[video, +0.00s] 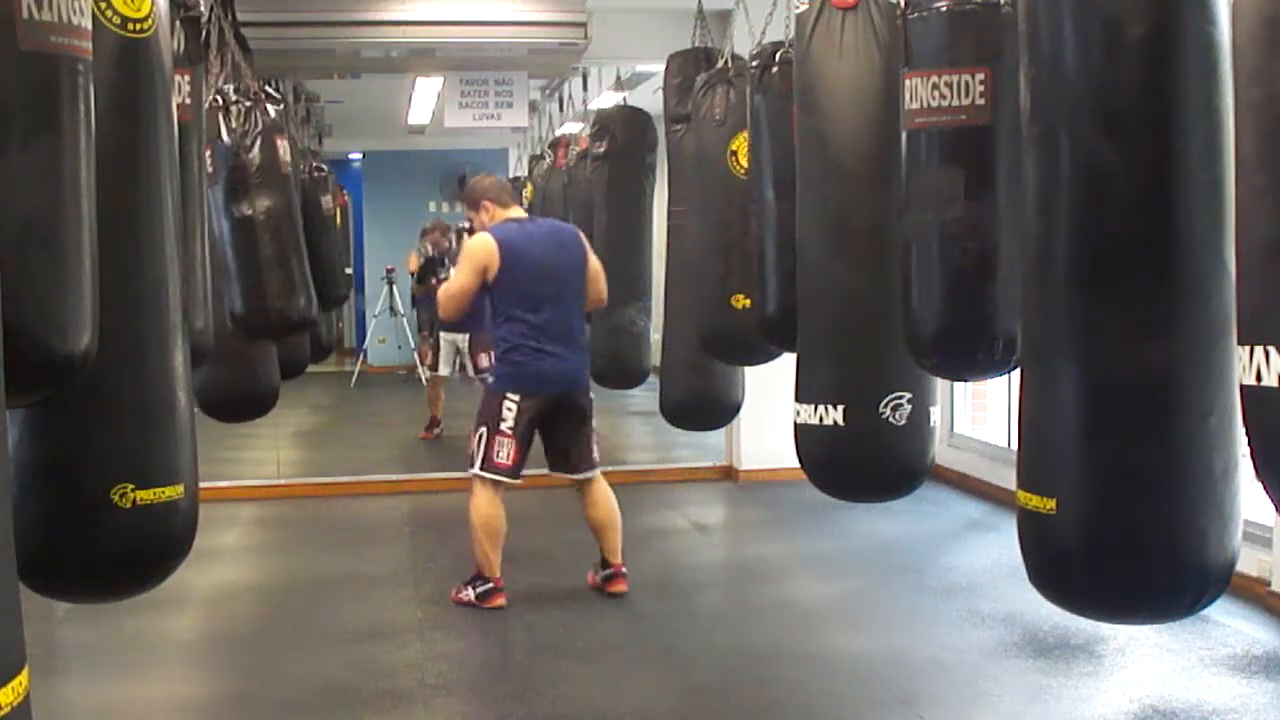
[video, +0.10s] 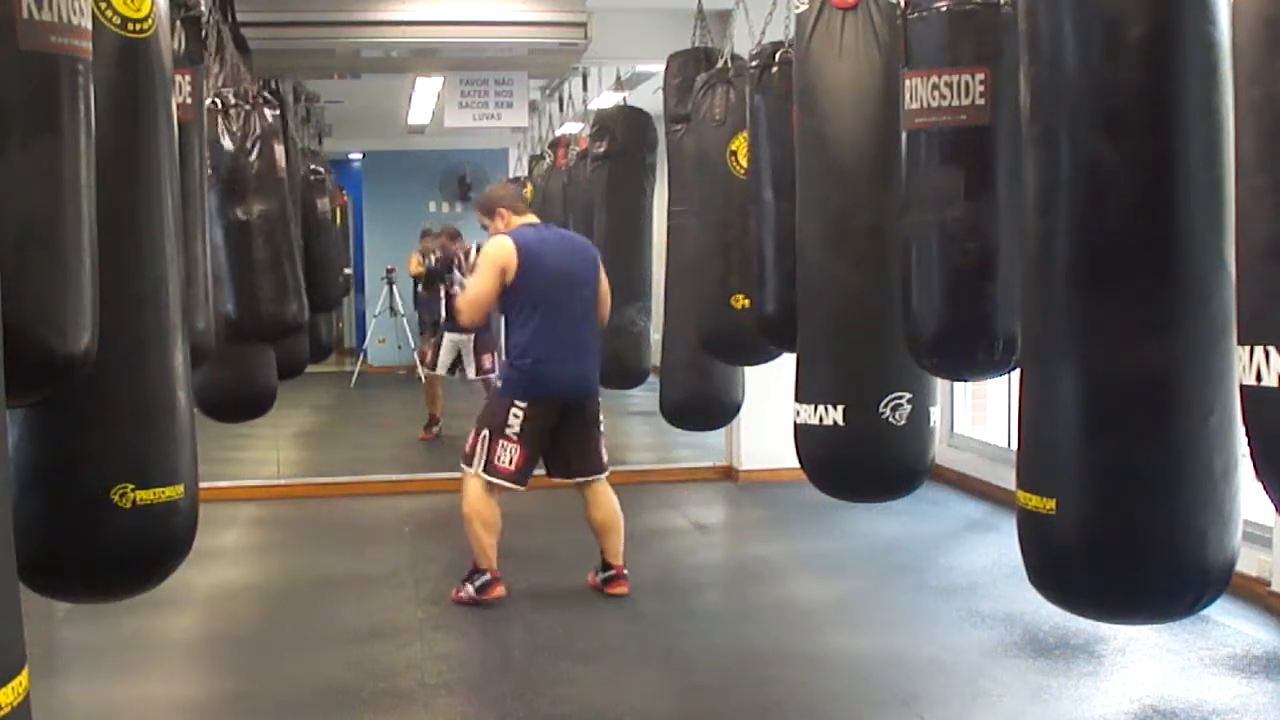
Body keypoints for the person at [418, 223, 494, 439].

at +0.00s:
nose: (433, 248)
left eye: (435, 243)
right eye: (429, 244)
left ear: (446, 238)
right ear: (427, 243)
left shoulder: (468, 261)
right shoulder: (431, 266)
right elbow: (422, 299)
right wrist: (424, 335)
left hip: (472, 328)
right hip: (442, 330)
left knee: (486, 380)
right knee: (436, 378)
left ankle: (495, 424)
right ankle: (435, 419)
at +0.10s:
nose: (450, 252)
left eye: (451, 246)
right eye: (445, 248)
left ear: (460, 243)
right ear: (441, 248)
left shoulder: (476, 257)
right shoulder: (441, 264)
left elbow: (484, 286)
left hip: (477, 330)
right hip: (449, 329)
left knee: (486, 378)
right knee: (432, 373)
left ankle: (501, 419)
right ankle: (434, 419)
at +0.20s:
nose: (449, 252)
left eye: (452, 248)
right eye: (446, 248)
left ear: (465, 242)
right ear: (447, 245)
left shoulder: (486, 260)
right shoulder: (448, 260)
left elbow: (494, 292)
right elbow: (437, 289)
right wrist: (429, 276)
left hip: (477, 330)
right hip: (450, 326)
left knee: (488, 379)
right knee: (427, 370)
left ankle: (501, 419)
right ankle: (430, 415)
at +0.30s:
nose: (449, 247)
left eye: (452, 242)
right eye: (447, 243)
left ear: (467, 238)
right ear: (446, 241)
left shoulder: (485, 256)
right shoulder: (447, 257)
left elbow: (491, 286)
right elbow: (436, 280)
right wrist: (425, 272)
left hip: (477, 327)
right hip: (449, 324)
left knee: (486, 378)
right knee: (428, 369)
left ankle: (500, 420)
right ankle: (425, 416)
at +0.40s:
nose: (448, 246)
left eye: (451, 240)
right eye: (445, 241)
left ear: (464, 237)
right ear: (443, 241)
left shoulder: (478, 257)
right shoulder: (444, 258)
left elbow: (477, 286)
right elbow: (427, 284)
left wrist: (451, 274)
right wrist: (423, 267)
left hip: (474, 328)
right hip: (446, 327)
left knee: (486, 381)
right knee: (433, 377)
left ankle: (499, 425)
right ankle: (422, 422)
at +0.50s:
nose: (439, 247)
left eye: (444, 242)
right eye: (434, 242)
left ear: (455, 241)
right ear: (428, 242)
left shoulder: (467, 261)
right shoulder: (426, 262)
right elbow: (424, 293)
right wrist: (418, 273)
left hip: (466, 329)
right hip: (439, 328)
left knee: (481, 382)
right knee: (429, 377)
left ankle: (495, 426)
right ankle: (421, 422)